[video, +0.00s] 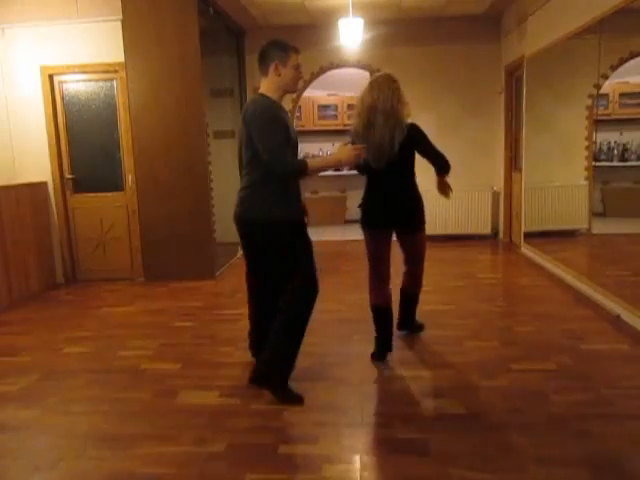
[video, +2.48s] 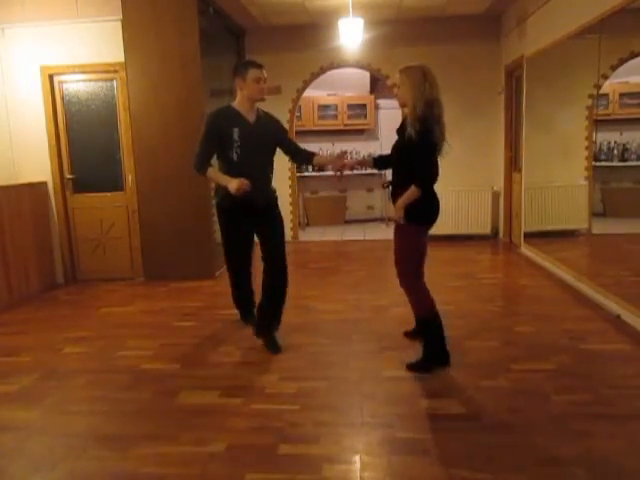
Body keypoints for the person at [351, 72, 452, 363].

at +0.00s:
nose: (405, 99)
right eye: (402, 95)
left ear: (367, 101)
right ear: (398, 101)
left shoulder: (361, 134)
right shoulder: (408, 131)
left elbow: (358, 165)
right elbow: (440, 161)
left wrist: (376, 171)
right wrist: (441, 178)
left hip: (374, 209)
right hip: (407, 208)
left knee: (378, 274)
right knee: (414, 264)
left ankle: (382, 342)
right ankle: (407, 320)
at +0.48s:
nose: (408, 106)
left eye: (412, 102)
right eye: (402, 102)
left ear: (416, 106)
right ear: (391, 106)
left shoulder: (404, 134)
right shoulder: (391, 136)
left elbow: (405, 172)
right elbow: (389, 178)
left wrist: (413, 203)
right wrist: (396, 212)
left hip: (410, 202)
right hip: (402, 204)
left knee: (408, 253)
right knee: (430, 256)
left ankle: (392, 294)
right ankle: (411, 306)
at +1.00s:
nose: (397, 105)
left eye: (402, 101)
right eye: (393, 101)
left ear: (411, 105)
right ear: (389, 104)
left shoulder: (420, 135)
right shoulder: (380, 135)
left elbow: (428, 168)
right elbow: (366, 169)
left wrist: (432, 196)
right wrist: (368, 198)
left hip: (414, 195)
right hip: (388, 195)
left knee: (402, 248)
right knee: (397, 248)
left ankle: (391, 293)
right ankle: (406, 303)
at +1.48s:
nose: (393, 100)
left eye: (398, 95)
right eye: (392, 96)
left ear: (412, 96)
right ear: (394, 99)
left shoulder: (429, 130)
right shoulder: (391, 133)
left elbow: (444, 170)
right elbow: (374, 166)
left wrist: (422, 192)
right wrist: (360, 166)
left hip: (410, 202)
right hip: (385, 200)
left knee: (400, 264)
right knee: (387, 264)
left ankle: (399, 330)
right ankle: (401, 319)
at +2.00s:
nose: (397, 95)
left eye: (401, 89)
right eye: (397, 90)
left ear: (416, 92)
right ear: (414, 94)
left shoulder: (427, 126)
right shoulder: (414, 128)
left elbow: (441, 172)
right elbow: (387, 168)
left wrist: (409, 197)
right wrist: (351, 163)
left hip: (419, 213)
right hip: (429, 211)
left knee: (388, 271)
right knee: (439, 279)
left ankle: (418, 337)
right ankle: (462, 347)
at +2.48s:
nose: (394, 91)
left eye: (399, 86)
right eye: (395, 87)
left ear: (415, 89)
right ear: (409, 89)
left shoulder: (421, 124)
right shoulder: (408, 122)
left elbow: (428, 174)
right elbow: (395, 161)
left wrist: (401, 202)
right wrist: (359, 162)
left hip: (417, 208)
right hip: (409, 206)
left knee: (410, 275)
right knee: (408, 272)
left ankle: (436, 351)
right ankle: (426, 324)